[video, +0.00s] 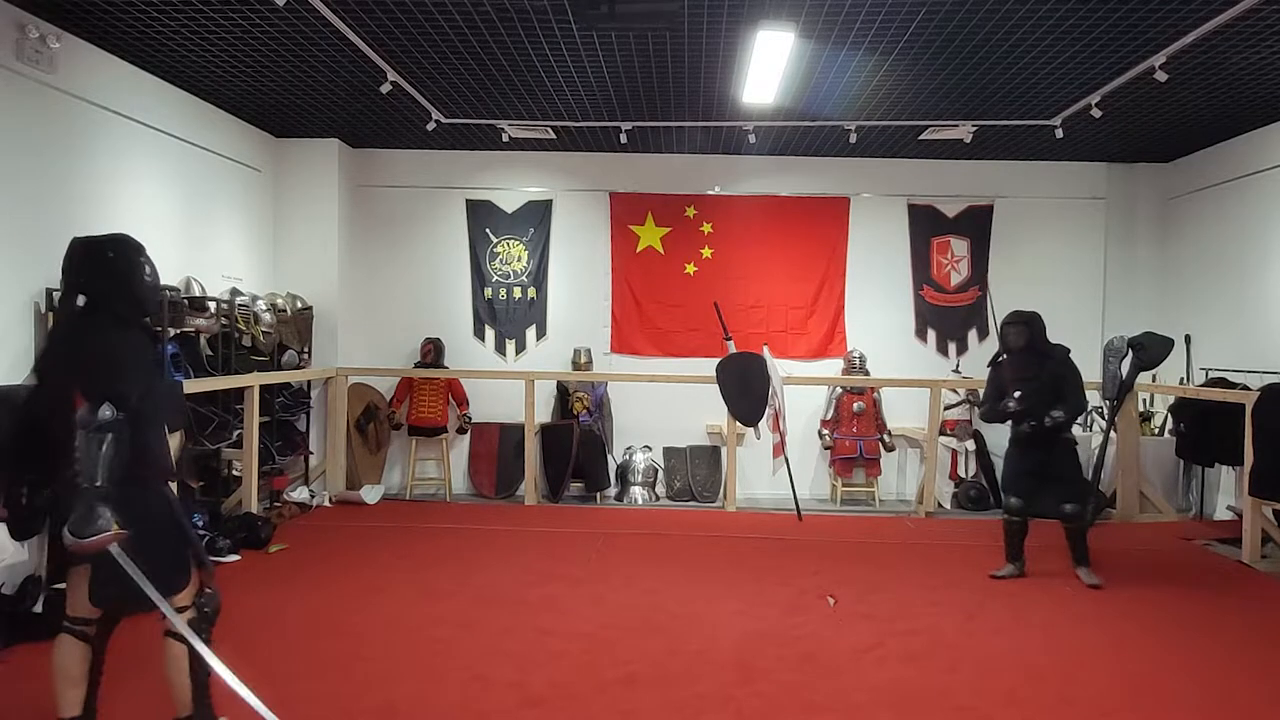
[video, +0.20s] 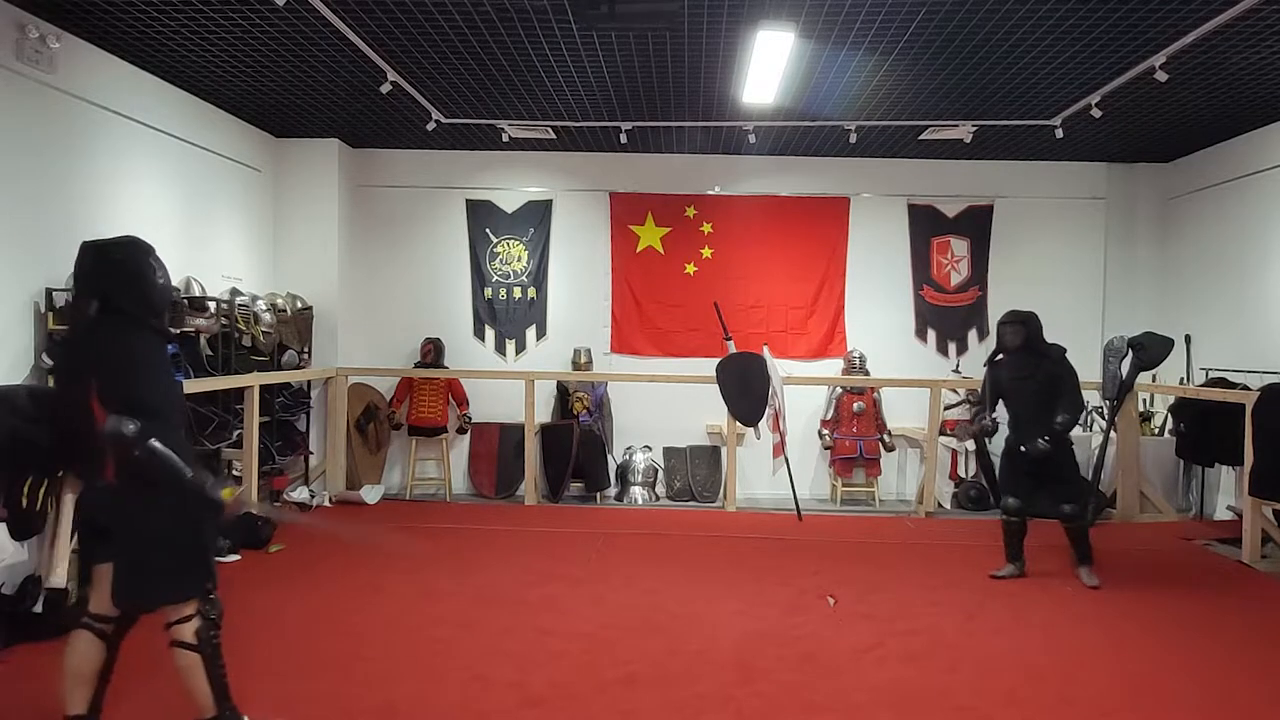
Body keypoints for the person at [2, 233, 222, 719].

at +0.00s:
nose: (151, 284)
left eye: (147, 273)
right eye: (143, 274)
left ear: (86, 282)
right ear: (128, 281)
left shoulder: (64, 338)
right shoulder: (134, 342)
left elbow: (42, 421)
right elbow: (152, 426)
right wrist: (166, 484)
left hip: (80, 492)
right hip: (135, 493)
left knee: (79, 618)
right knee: (183, 606)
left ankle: (72, 714)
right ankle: (194, 713)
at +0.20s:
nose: (164, 285)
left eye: (160, 274)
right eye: (156, 274)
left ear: (94, 283)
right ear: (136, 282)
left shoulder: (79, 341)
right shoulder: (139, 340)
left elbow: (69, 428)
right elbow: (149, 431)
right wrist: (206, 489)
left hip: (105, 495)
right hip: (161, 494)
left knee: (101, 612)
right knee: (188, 610)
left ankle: (77, 711)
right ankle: (219, 712)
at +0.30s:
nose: (173, 285)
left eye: (169, 274)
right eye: (164, 275)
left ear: (107, 283)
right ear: (143, 283)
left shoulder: (97, 339)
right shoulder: (141, 343)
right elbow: (160, 435)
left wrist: (244, 436)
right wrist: (247, 442)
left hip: (117, 497)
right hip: (161, 499)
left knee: (112, 613)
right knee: (203, 606)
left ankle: (80, 711)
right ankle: (222, 712)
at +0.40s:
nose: (184, 287)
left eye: (180, 276)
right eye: (175, 277)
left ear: (119, 287)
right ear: (153, 287)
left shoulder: (99, 343)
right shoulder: (160, 351)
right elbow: (201, 423)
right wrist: (270, 400)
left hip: (118, 500)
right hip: (170, 502)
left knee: (120, 611)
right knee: (215, 603)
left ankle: (82, 712)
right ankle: (222, 712)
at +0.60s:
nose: (211, 304)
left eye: (210, 293)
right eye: (205, 293)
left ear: (147, 289)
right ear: (183, 294)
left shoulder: (118, 341)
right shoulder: (174, 349)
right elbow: (205, 420)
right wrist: (247, 367)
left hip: (123, 498)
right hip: (177, 500)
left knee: (124, 611)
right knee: (223, 601)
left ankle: (83, 712)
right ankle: (223, 713)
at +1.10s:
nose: (201, 292)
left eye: (199, 281)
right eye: (194, 281)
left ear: (137, 286)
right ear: (172, 287)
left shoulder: (114, 337)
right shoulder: (172, 342)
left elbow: (103, 426)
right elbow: (194, 425)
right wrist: (270, 434)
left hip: (116, 495)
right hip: (169, 497)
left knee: (106, 614)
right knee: (219, 601)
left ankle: (78, 714)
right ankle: (221, 713)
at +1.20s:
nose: (199, 289)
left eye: (195, 278)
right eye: (191, 278)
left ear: (134, 287)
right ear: (169, 286)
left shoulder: (113, 337)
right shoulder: (174, 344)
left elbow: (106, 428)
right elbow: (188, 440)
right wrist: (258, 477)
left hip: (115, 495)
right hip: (171, 498)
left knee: (104, 615)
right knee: (229, 599)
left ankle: (77, 714)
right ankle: (221, 714)